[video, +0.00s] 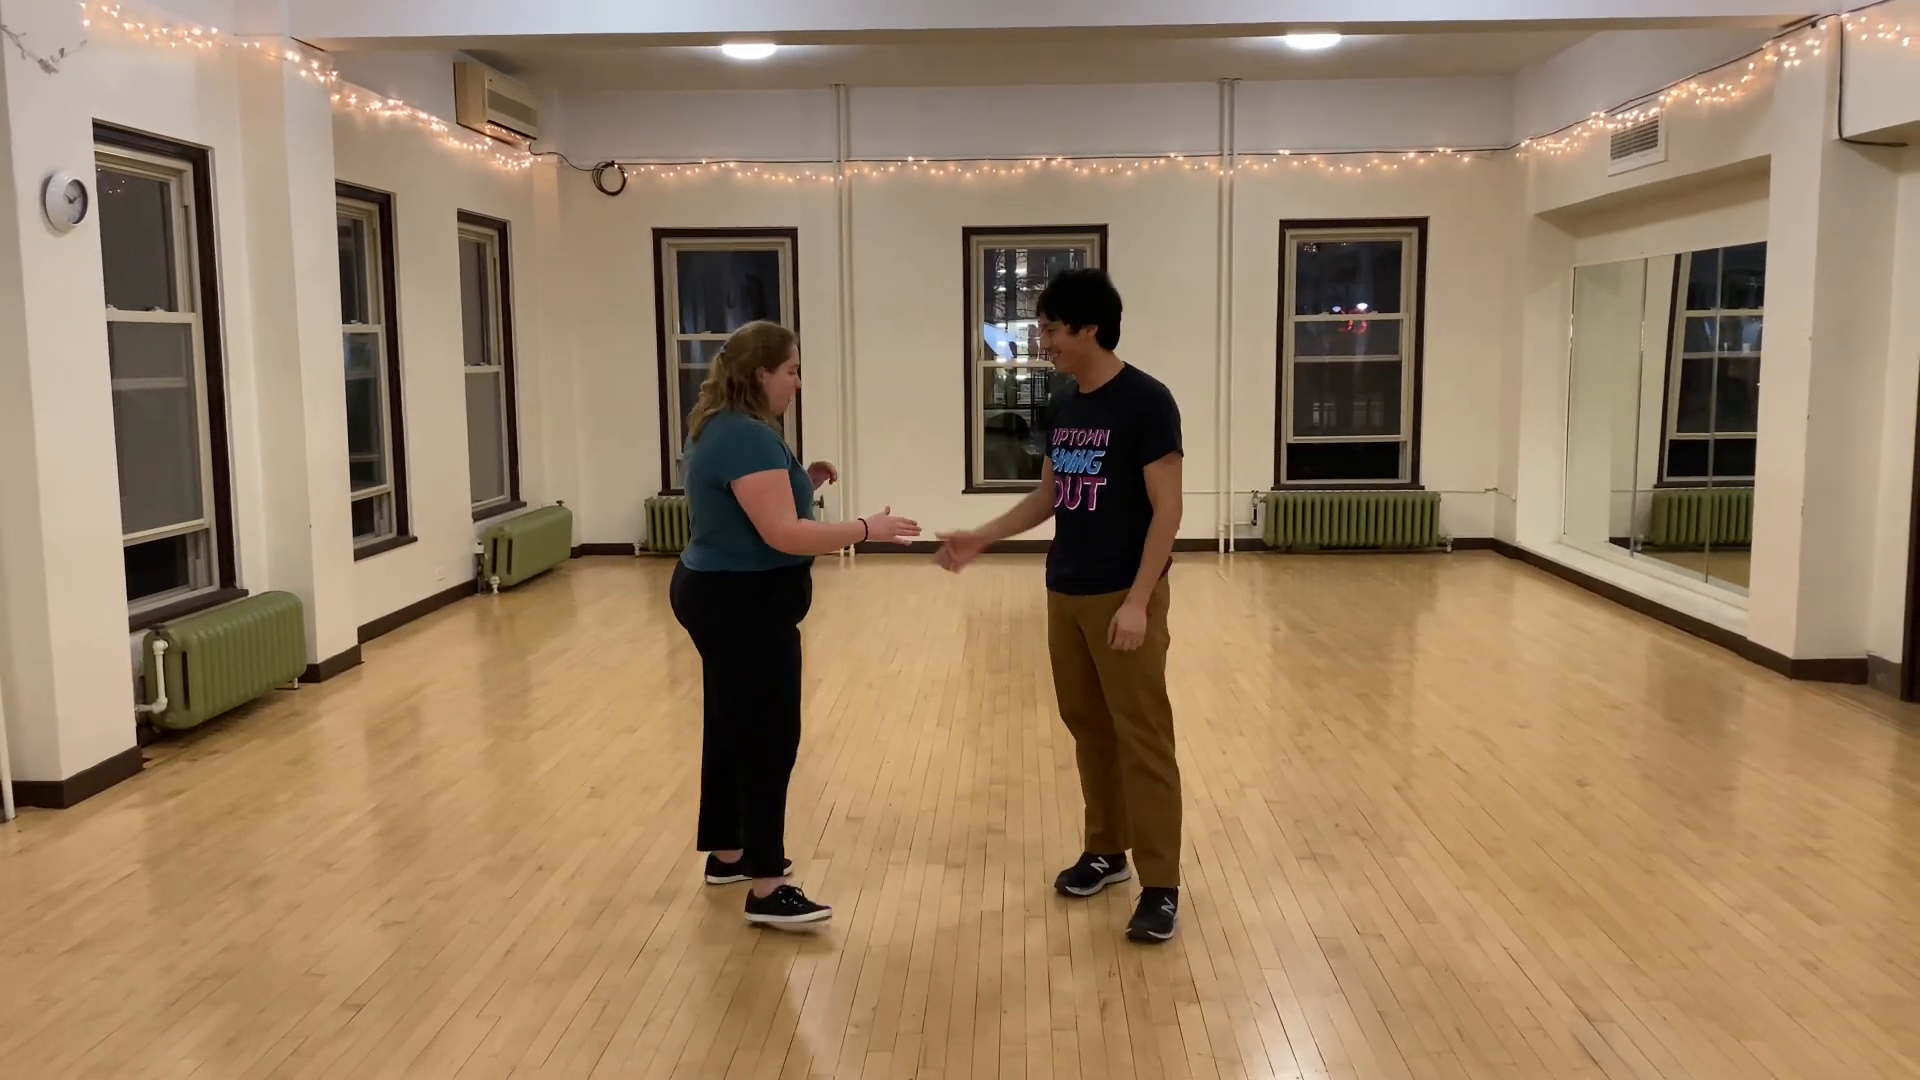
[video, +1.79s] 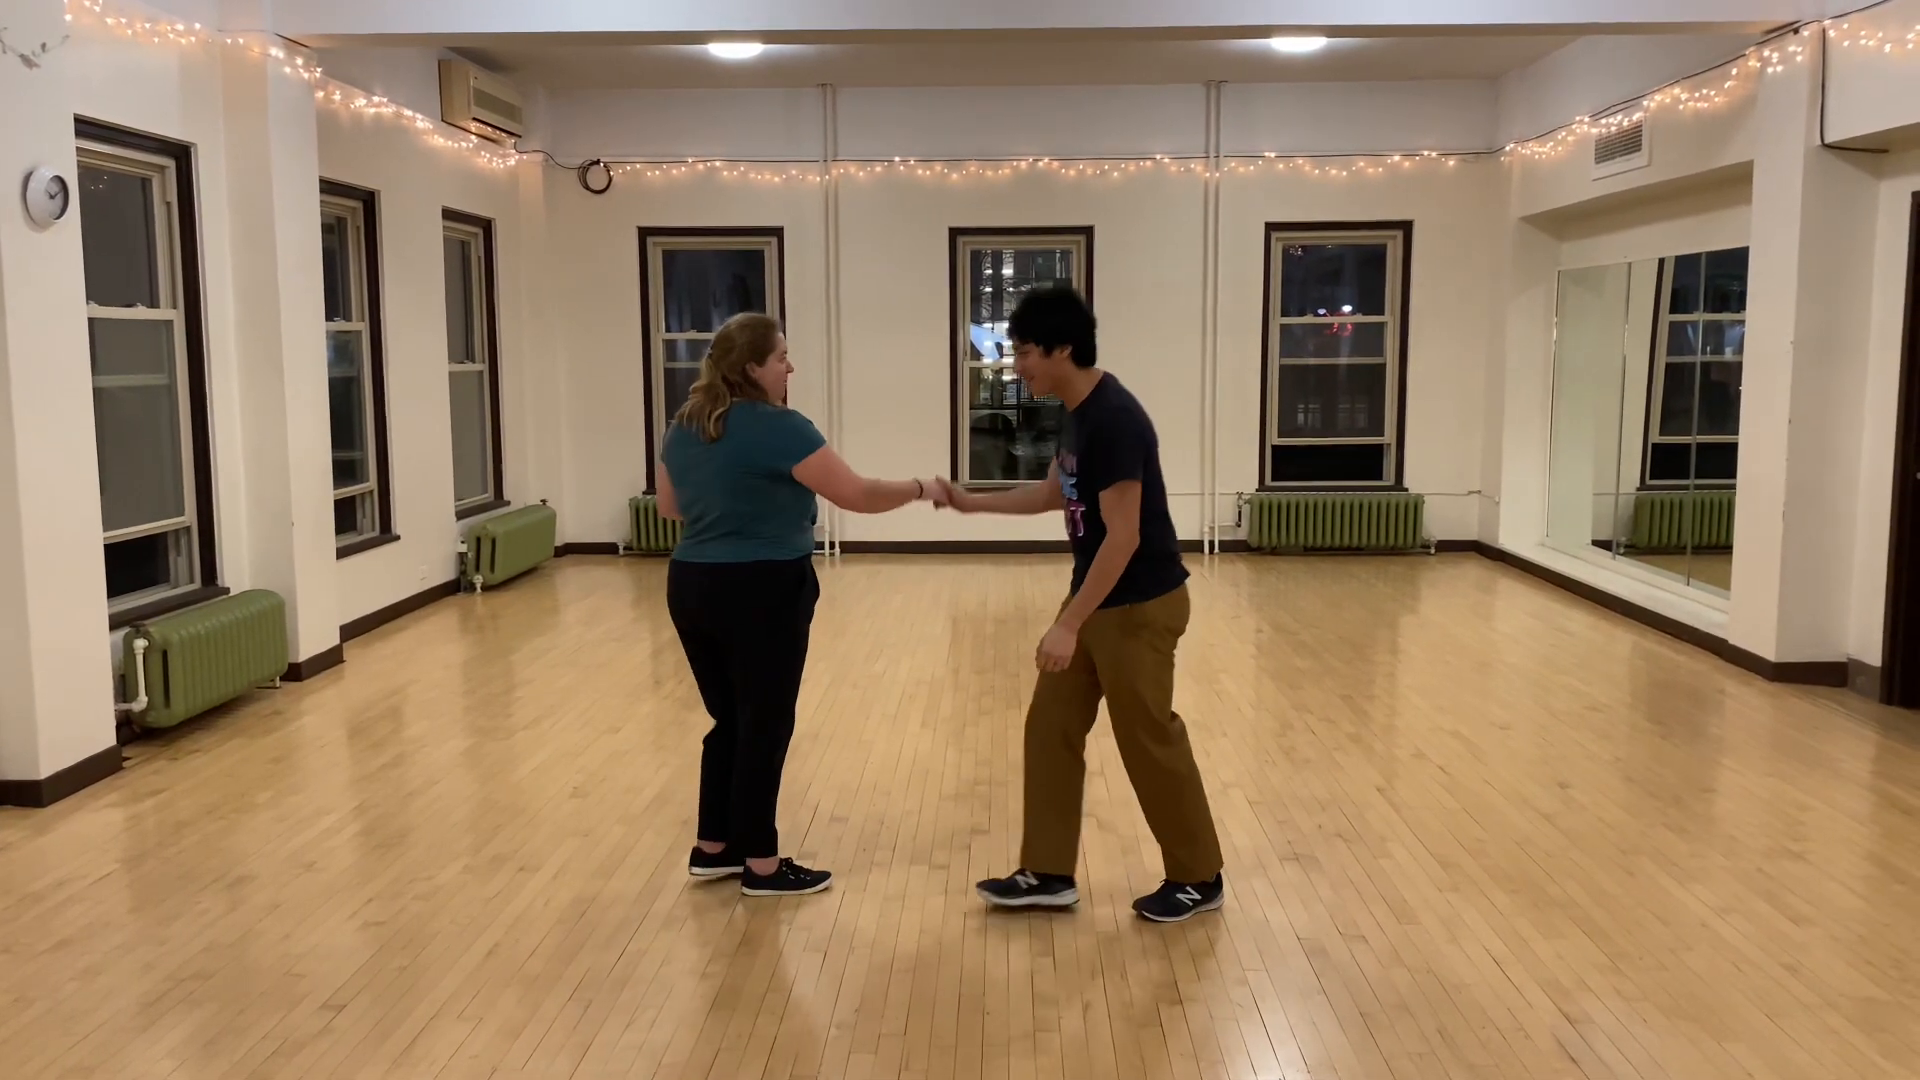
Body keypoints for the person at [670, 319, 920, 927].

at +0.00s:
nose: (797, 383)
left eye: (797, 372)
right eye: (792, 371)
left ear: (752, 374)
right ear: (759, 373)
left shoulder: (723, 429)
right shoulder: (746, 439)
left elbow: (746, 509)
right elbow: (786, 534)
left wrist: (802, 483)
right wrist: (865, 530)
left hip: (719, 592)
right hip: (747, 602)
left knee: (730, 723)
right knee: (771, 735)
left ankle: (725, 851)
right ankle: (768, 885)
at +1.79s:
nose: (790, 368)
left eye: (787, 357)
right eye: (782, 359)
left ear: (729, 368)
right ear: (752, 367)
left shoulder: (685, 427)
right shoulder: (780, 428)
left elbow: (669, 503)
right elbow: (857, 494)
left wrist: (731, 490)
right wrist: (919, 488)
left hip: (694, 587)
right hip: (769, 587)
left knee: (728, 717)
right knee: (767, 723)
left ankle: (713, 844)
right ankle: (762, 862)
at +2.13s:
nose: (756, 370)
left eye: (755, 359)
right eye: (746, 361)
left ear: (707, 373)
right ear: (712, 370)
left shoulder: (676, 423)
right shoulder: (719, 431)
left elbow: (690, 492)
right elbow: (783, 518)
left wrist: (748, 453)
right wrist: (862, 542)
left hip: (669, 584)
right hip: (715, 589)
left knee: (696, 711)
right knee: (755, 718)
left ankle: (676, 834)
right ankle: (764, 860)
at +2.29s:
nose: (727, 371)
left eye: (728, 361)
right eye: (715, 361)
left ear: (721, 369)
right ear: (679, 368)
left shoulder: (705, 427)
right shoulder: (656, 431)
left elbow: (729, 492)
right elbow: (704, 512)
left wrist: (771, 468)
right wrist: (800, 528)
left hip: (701, 585)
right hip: (657, 587)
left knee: (689, 703)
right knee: (721, 697)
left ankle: (678, 833)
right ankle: (703, 840)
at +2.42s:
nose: (702, 372)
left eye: (703, 362)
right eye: (690, 363)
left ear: (701, 370)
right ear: (654, 369)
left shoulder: (717, 431)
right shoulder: (618, 433)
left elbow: (753, 512)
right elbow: (652, 509)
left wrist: (762, 480)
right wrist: (743, 525)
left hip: (703, 585)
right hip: (631, 586)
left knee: (705, 712)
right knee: (663, 713)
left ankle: (683, 834)